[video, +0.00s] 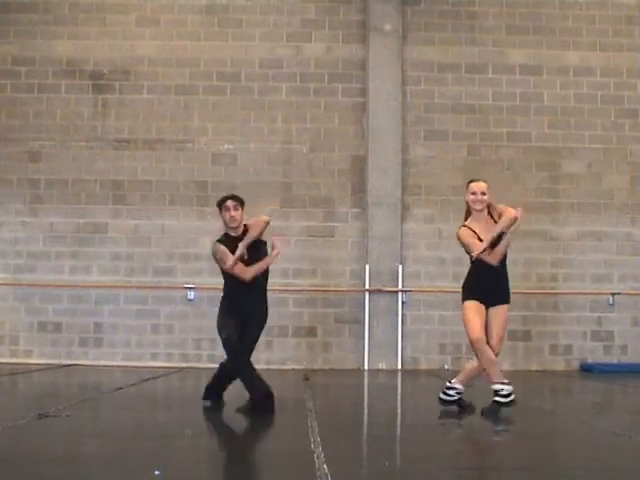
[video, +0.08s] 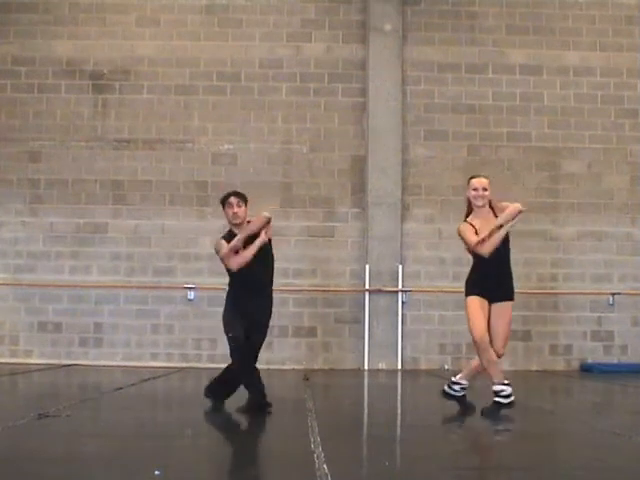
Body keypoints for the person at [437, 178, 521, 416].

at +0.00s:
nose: (478, 198)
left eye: (483, 194)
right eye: (473, 194)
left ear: (489, 197)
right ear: (466, 198)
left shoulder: (500, 212)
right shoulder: (466, 232)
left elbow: (512, 215)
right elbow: (493, 259)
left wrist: (488, 242)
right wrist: (507, 231)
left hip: (499, 286)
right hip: (475, 287)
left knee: (493, 349)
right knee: (475, 339)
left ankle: (453, 387)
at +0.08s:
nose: (480, 194)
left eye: (484, 189)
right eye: (475, 190)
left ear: (490, 192)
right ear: (467, 193)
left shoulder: (500, 210)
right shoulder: (466, 226)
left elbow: (517, 208)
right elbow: (484, 250)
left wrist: (490, 229)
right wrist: (506, 225)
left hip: (503, 285)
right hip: (478, 285)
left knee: (497, 349)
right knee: (478, 338)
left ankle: (459, 382)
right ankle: (501, 387)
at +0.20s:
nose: (491, 178)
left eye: (493, 173)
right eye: (485, 175)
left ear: (500, 179)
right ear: (479, 181)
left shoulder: (508, 201)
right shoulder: (474, 206)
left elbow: (533, 172)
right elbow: (455, 195)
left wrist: (506, 170)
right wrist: (483, 181)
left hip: (505, 274)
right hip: (479, 274)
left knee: (518, 337)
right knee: (485, 331)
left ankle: (489, 375)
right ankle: (496, 383)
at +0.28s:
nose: (496, 172)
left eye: (500, 168)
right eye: (491, 169)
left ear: (506, 173)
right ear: (483, 174)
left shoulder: (513, 195)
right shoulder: (476, 196)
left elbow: (533, 163)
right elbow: (449, 171)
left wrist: (538, 132)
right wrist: (453, 142)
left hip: (508, 270)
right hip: (481, 269)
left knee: (525, 330)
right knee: (489, 327)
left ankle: (526, 385)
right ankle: (477, 383)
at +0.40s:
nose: (503, 173)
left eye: (507, 169)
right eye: (498, 169)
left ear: (513, 173)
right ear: (490, 173)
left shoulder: (521, 198)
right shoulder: (481, 199)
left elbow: (541, 165)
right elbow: (452, 170)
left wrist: (561, 142)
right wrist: (427, 146)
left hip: (516, 272)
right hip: (487, 273)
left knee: (534, 328)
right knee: (480, 333)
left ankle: (557, 383)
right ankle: (461, 389)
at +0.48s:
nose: (507, 176)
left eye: (511, 172)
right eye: (502, 172)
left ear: (517, 176)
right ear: (494, 176)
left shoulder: (525, 200)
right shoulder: (484, 201)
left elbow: (550, 169)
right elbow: (454, 173)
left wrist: (572, 149)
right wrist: (425, 155)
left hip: (520, 273)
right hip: (490, 273)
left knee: (536, 331)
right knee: (478, 334)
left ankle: (556, 388)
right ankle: (461, 391)